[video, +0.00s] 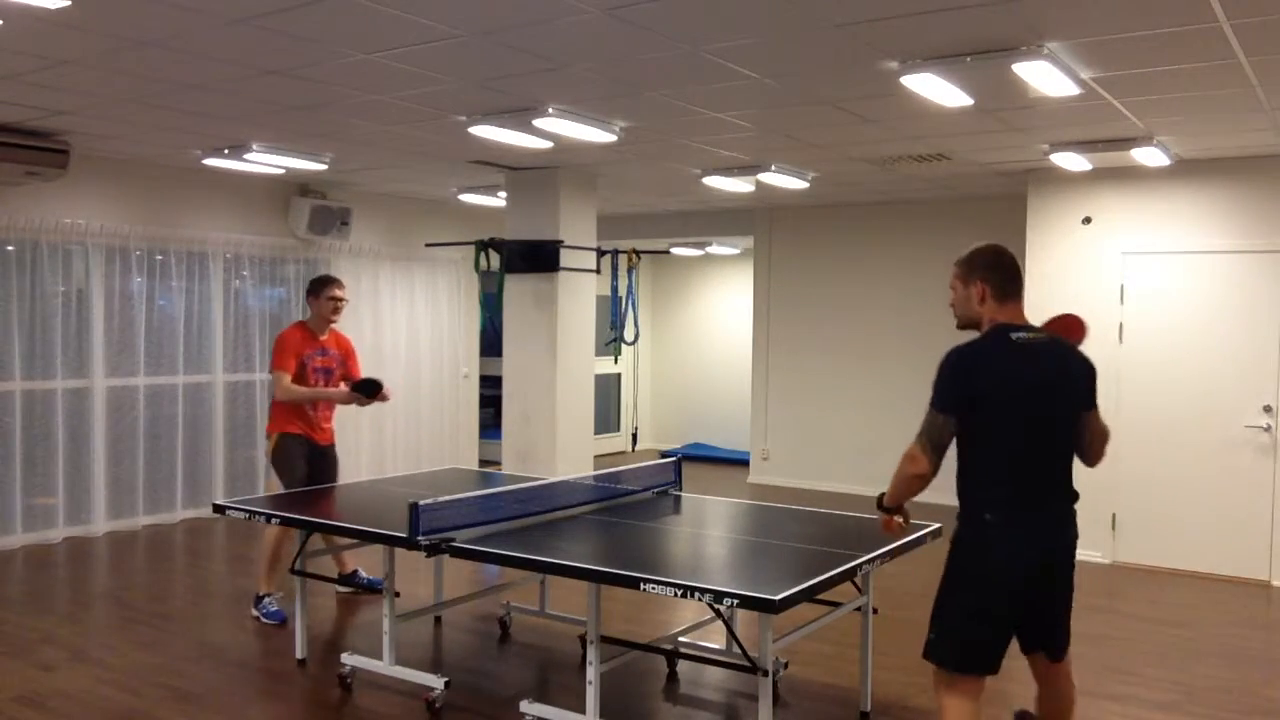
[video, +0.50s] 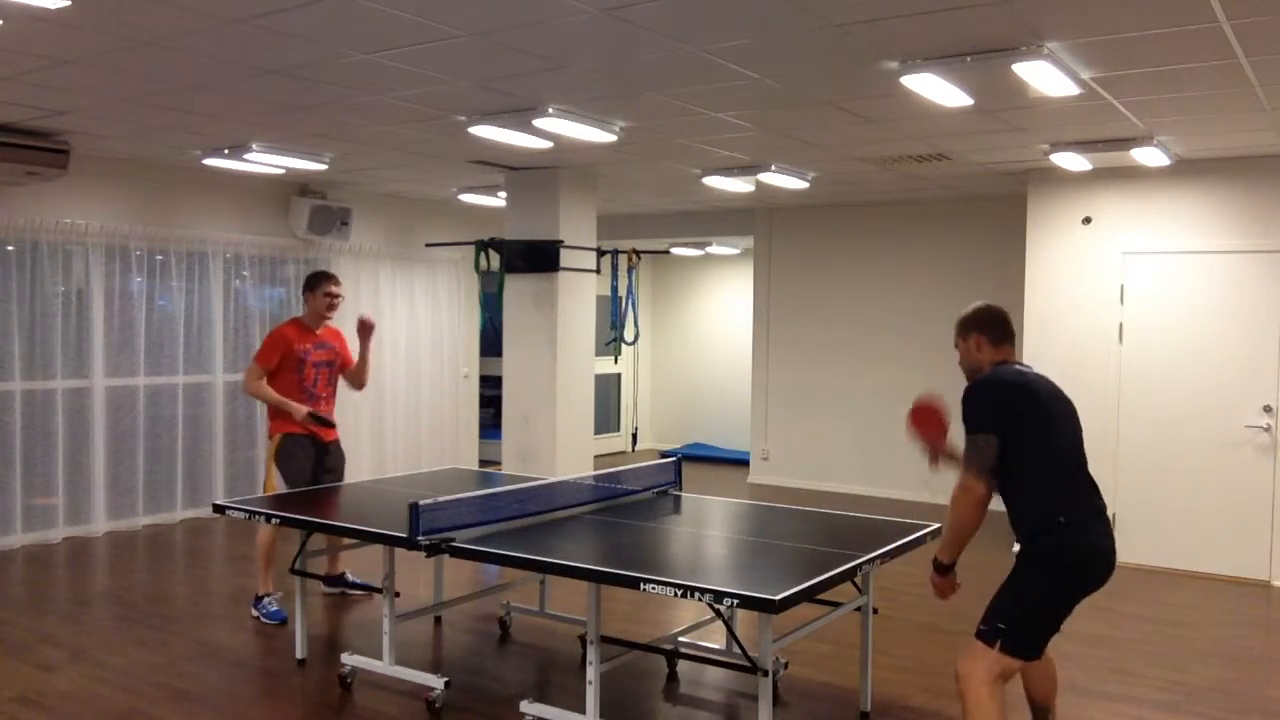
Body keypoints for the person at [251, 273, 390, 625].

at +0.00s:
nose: (339, 306)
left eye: (342, 301)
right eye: (333, 300)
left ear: (343, 306)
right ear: (312, 301)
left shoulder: (342, 343)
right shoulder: (290, 339)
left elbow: (352, 391)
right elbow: (281, 390)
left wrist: (372, 394)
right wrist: (331, 394)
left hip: (323, 436)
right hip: (289, 433)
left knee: (326, 509)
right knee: (290, 511)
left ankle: (347, 572)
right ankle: (264, 595)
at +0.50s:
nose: (334, 303)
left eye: (338, 298)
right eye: (328, 296)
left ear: (338, 302)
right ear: (308, 297)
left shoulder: (334, 337)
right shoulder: (285, 334)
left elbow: (358, 381)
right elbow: (251, 382)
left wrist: (365, 342)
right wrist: (292, 406)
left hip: (327, 437)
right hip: (291, 437)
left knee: (333, 509)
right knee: (277, 514)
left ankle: (334, 573)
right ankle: (264, 594)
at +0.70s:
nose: (343, 305)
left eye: (346, 300)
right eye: (337, 298)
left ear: (346, 304)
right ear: (318, 297)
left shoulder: (343, 336)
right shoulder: (293, 337)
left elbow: (374, 370)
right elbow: (271, 388)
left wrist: (364, 325)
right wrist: (309, 403)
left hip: (340, 436)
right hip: (303, 436)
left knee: (343, 507)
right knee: (286, 514)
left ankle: (340, 572)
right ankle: (265, 594)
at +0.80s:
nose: (348, 306)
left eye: (351, 301)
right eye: (342, 300)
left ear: (351, 305)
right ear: (322, 299)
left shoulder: (349, 336)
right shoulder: (298, 337)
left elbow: (378, 371)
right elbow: (277, 389)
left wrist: (369, 327)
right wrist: (314, 405)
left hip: (346, 437)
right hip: (308, 438)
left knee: (348, 507)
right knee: (289, 513)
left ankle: (340, 572)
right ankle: (268, 593)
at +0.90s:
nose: (351, 309)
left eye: (355, 304)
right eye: (345, 303)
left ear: (354, 306)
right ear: (326, 300)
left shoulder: (352, 336)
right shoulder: (301, 338)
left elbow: (381, 372)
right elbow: (279, 389)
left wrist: (372, 328)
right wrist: (315, 408)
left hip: (348, 438)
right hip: (309, 439)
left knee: (351, 508)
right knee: (289, 513)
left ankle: (341, 571)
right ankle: (269, 591)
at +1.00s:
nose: (354, 311)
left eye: (357, 306)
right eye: (349, 305)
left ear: (357, 307)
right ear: (328, 301)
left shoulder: (352, 337)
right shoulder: (300, 339)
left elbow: (382, 373)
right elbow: (279, 390)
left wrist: (373, 329)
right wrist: (319, 412)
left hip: (347, 440)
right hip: (306, 441)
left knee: (350, 508)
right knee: (286, 514)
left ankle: (341, 571)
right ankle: (265, 589)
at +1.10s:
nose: (352, 312)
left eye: (355, 307)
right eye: (347, 305)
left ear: (354, 308)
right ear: (327, 302)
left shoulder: (350, 338)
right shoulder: (296, 340)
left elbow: (379, 373)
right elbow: (278, 390)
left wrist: (371, 330)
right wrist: (316, 412)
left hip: (341, 441)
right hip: (300, 442)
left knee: (348, 510)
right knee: (280, 516)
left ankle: (340, 572)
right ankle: (261, 591)